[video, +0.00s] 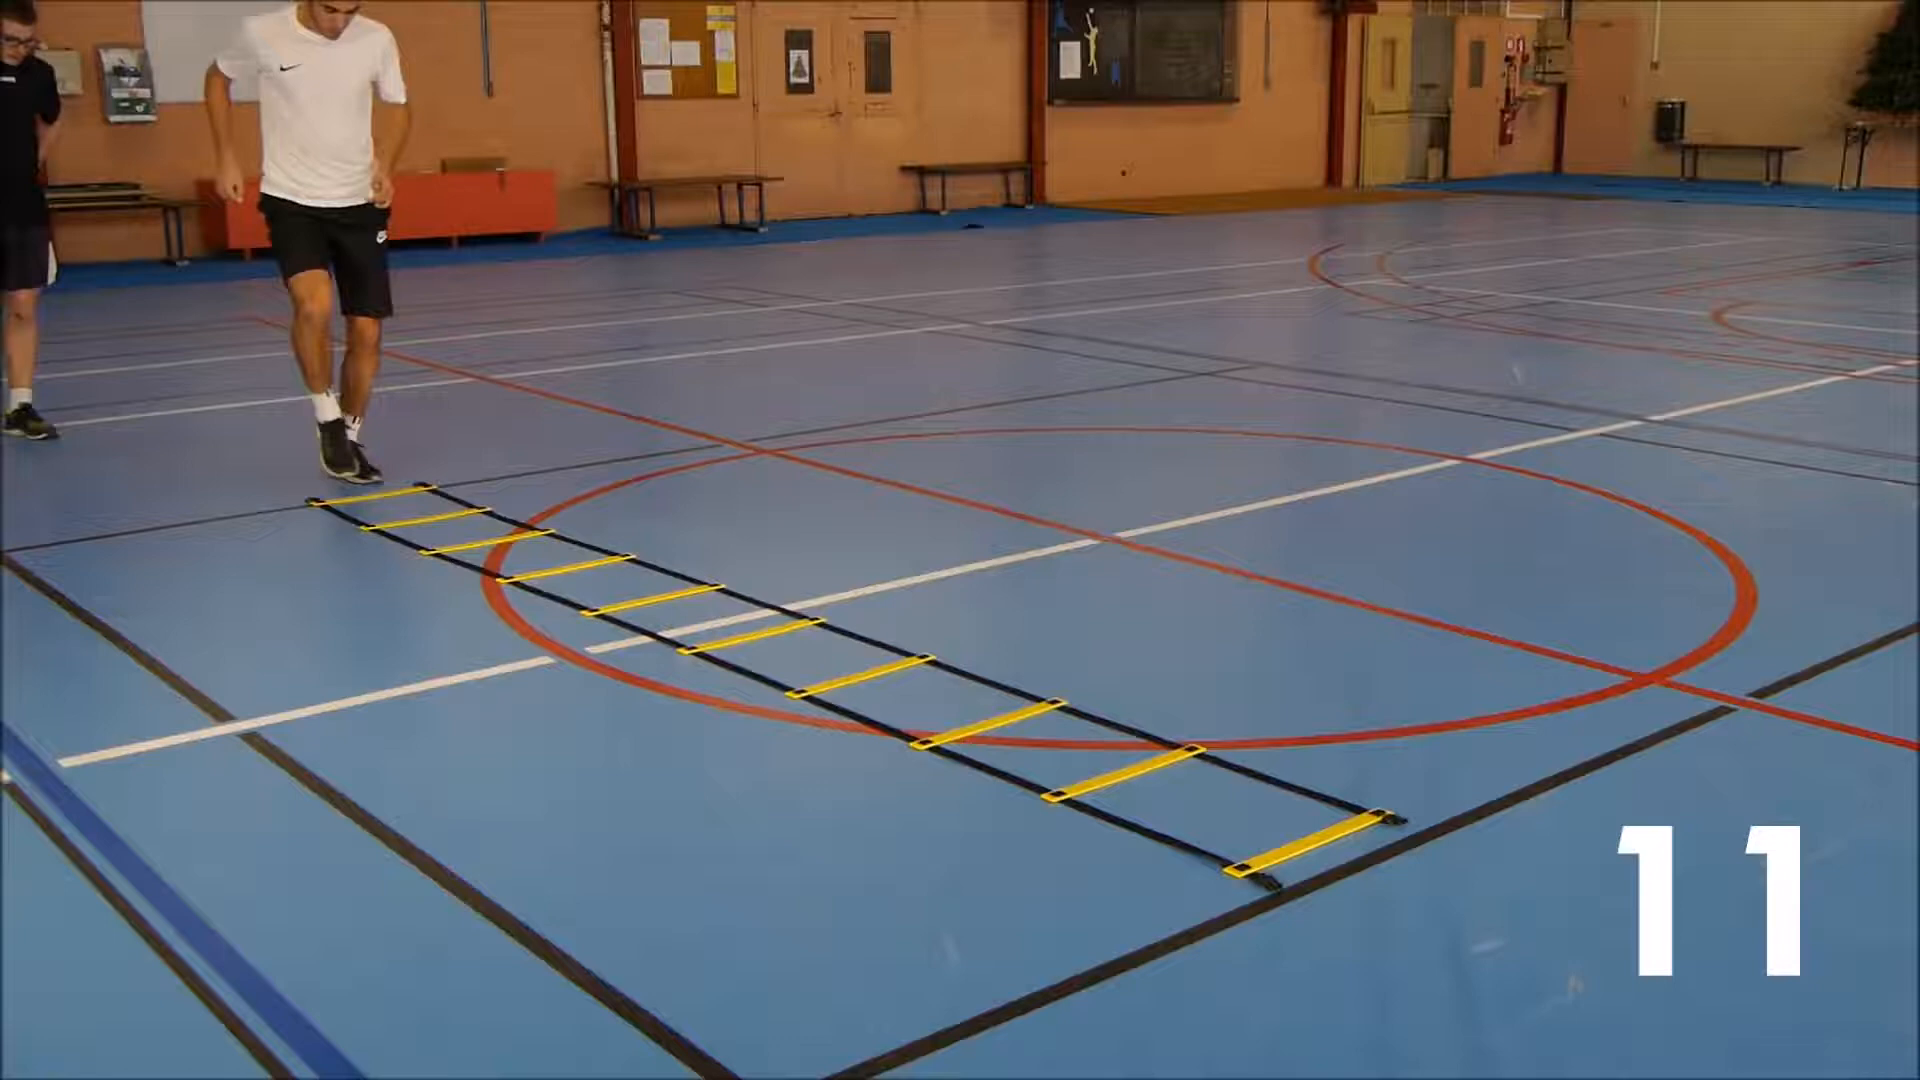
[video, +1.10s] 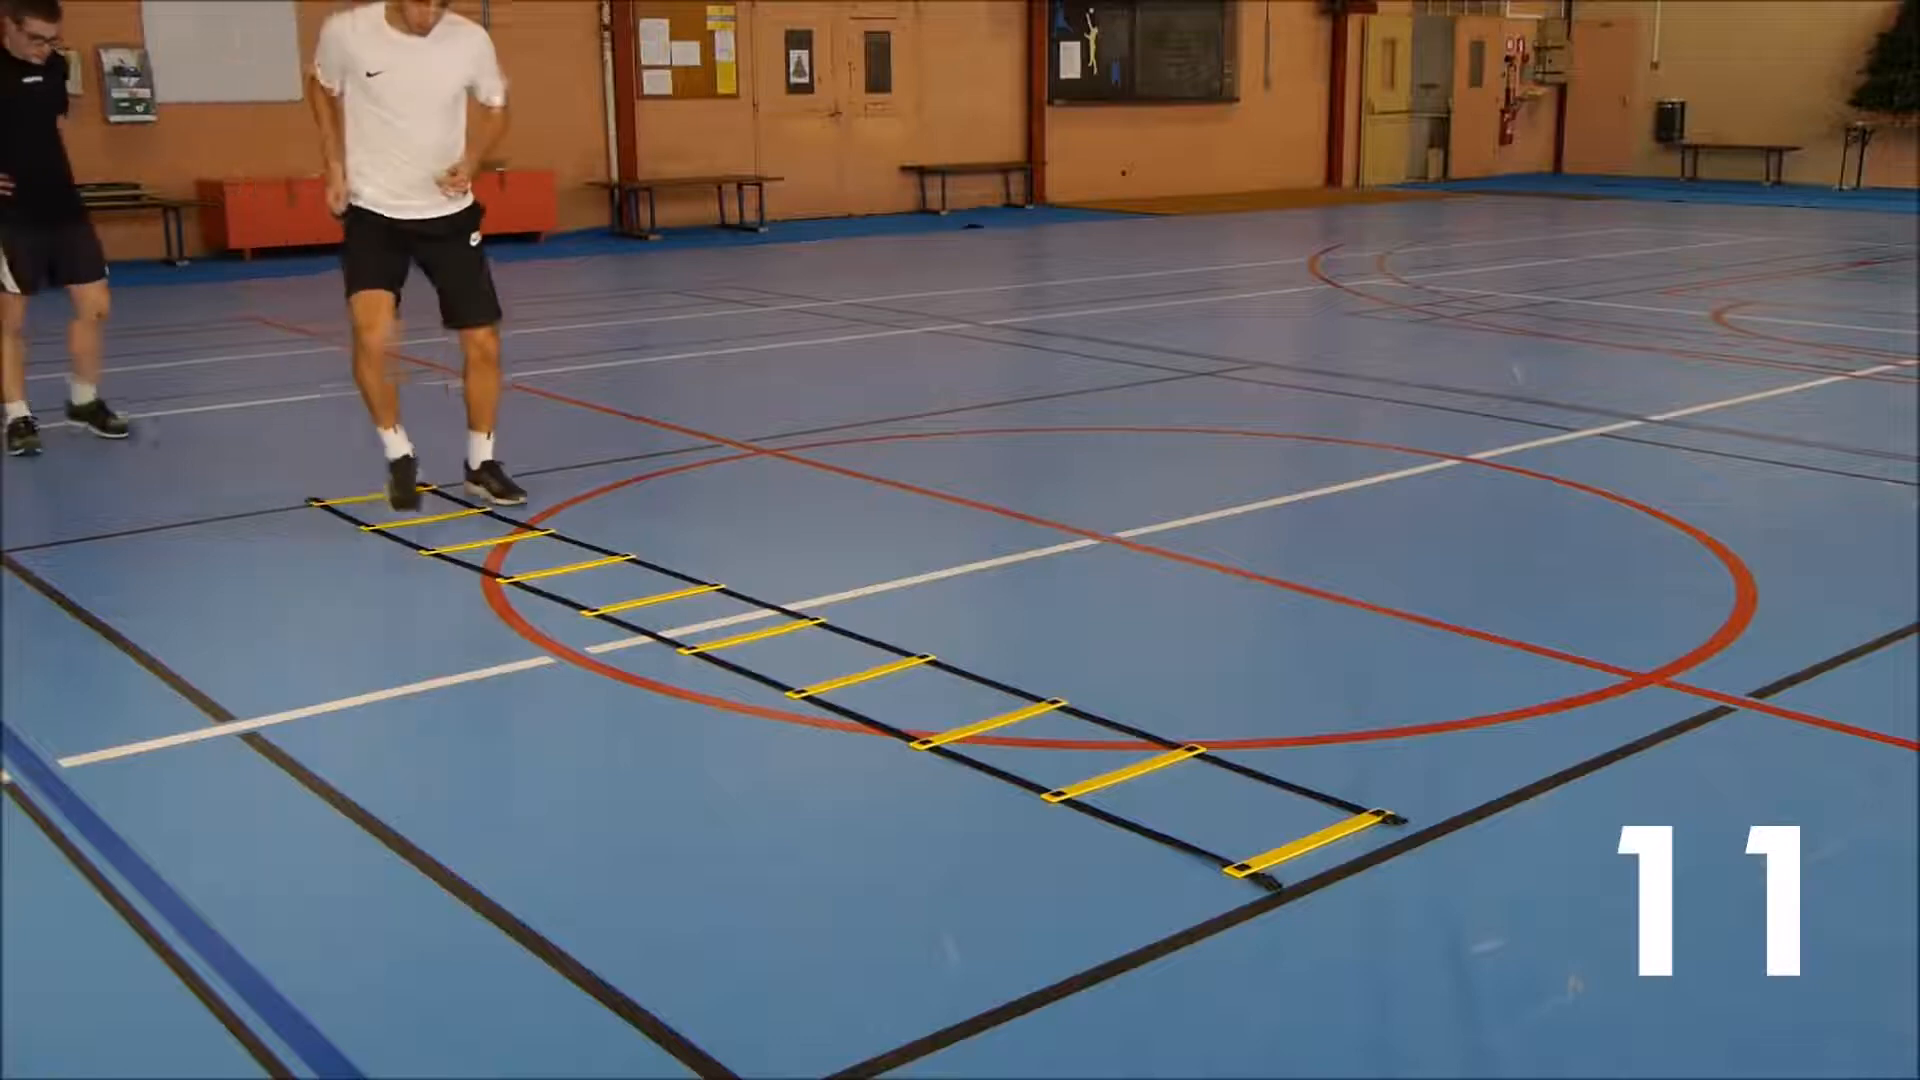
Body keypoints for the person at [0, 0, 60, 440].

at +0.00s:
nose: (18, 48)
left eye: (26, 41)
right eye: (10, 39)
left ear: (35, 37)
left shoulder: (38, 73)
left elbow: (50, 124)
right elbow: (51, 125)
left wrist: (30, 166)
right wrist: (29, 164)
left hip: (22, 203)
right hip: (9, 204)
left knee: (24, 305)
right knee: (17, 306)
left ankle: (20, 404)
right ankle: (18, 404)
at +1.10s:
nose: (45, 50)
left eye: (52, 40)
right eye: (36, 39)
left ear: (58, 33)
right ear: (9, 29)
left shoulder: (53, 68)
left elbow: (46, 131)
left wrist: (60, 188)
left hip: (60, 202)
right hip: (12, 210)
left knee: (94, 304)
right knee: (11, 317)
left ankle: (83, 400)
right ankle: (17, 414)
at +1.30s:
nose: (77, 45)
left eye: (84, 36)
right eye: (68, 35)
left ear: (90, 32)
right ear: (40, 24)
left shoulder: (85, 71)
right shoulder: (12, 74)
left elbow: (81, 128)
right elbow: (2, 138)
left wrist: (85, 181)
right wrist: (2, 179)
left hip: (87, 208)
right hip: (30, 214)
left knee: (116, 310)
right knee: (22, 315)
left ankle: (152, 411)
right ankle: (19, 416)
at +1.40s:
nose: (98, 34)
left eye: (107, 26)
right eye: (90, 23)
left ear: (114, 25)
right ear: (68, 18)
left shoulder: (113, 74)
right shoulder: (26, 73)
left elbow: (129, 124)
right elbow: (4, 135)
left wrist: (130, 165)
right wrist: (14, 181)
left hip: (113, 210)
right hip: (58, 215)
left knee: (132, 312)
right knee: (41, 316)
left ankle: (153, 413)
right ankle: (24, 414)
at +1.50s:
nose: (108, 24)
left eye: (116, 17)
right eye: (100, 15)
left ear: (124, 19)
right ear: (83, 15)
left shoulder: (133, 74)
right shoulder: (50, 65)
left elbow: (165, 129)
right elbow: (3, 120)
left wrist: (171, 185)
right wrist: (28, 180)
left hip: (125, 211)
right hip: (69, 213)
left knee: (137, 313)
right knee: (53, 313)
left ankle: (154, 413)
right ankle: (32, 411)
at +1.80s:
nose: (105, 10)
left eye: (116, 3)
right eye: (104, 4)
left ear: (143, 11)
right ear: (105, 11)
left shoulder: (174, 76)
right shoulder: (81, 63)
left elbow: (209, 143)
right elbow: (51, 121)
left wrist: (224, 197)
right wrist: (44, 150)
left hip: (149, 210)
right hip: (93, 209)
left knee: (151, 314)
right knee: (98, 314)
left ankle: (155, 413)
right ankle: (107, 419)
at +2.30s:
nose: (125, 16)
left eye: (131, 8)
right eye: (114, 9)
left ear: (140, 8)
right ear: (95, 10)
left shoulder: (165, 65)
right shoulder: (72, 74)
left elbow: (197, 135)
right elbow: (59, 152)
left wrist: (216, 196)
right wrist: (72, 221)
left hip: (179, 211)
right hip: (121, 219)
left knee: (208, 310)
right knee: (127, 325)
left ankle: (185, 391)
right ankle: (136, 427)